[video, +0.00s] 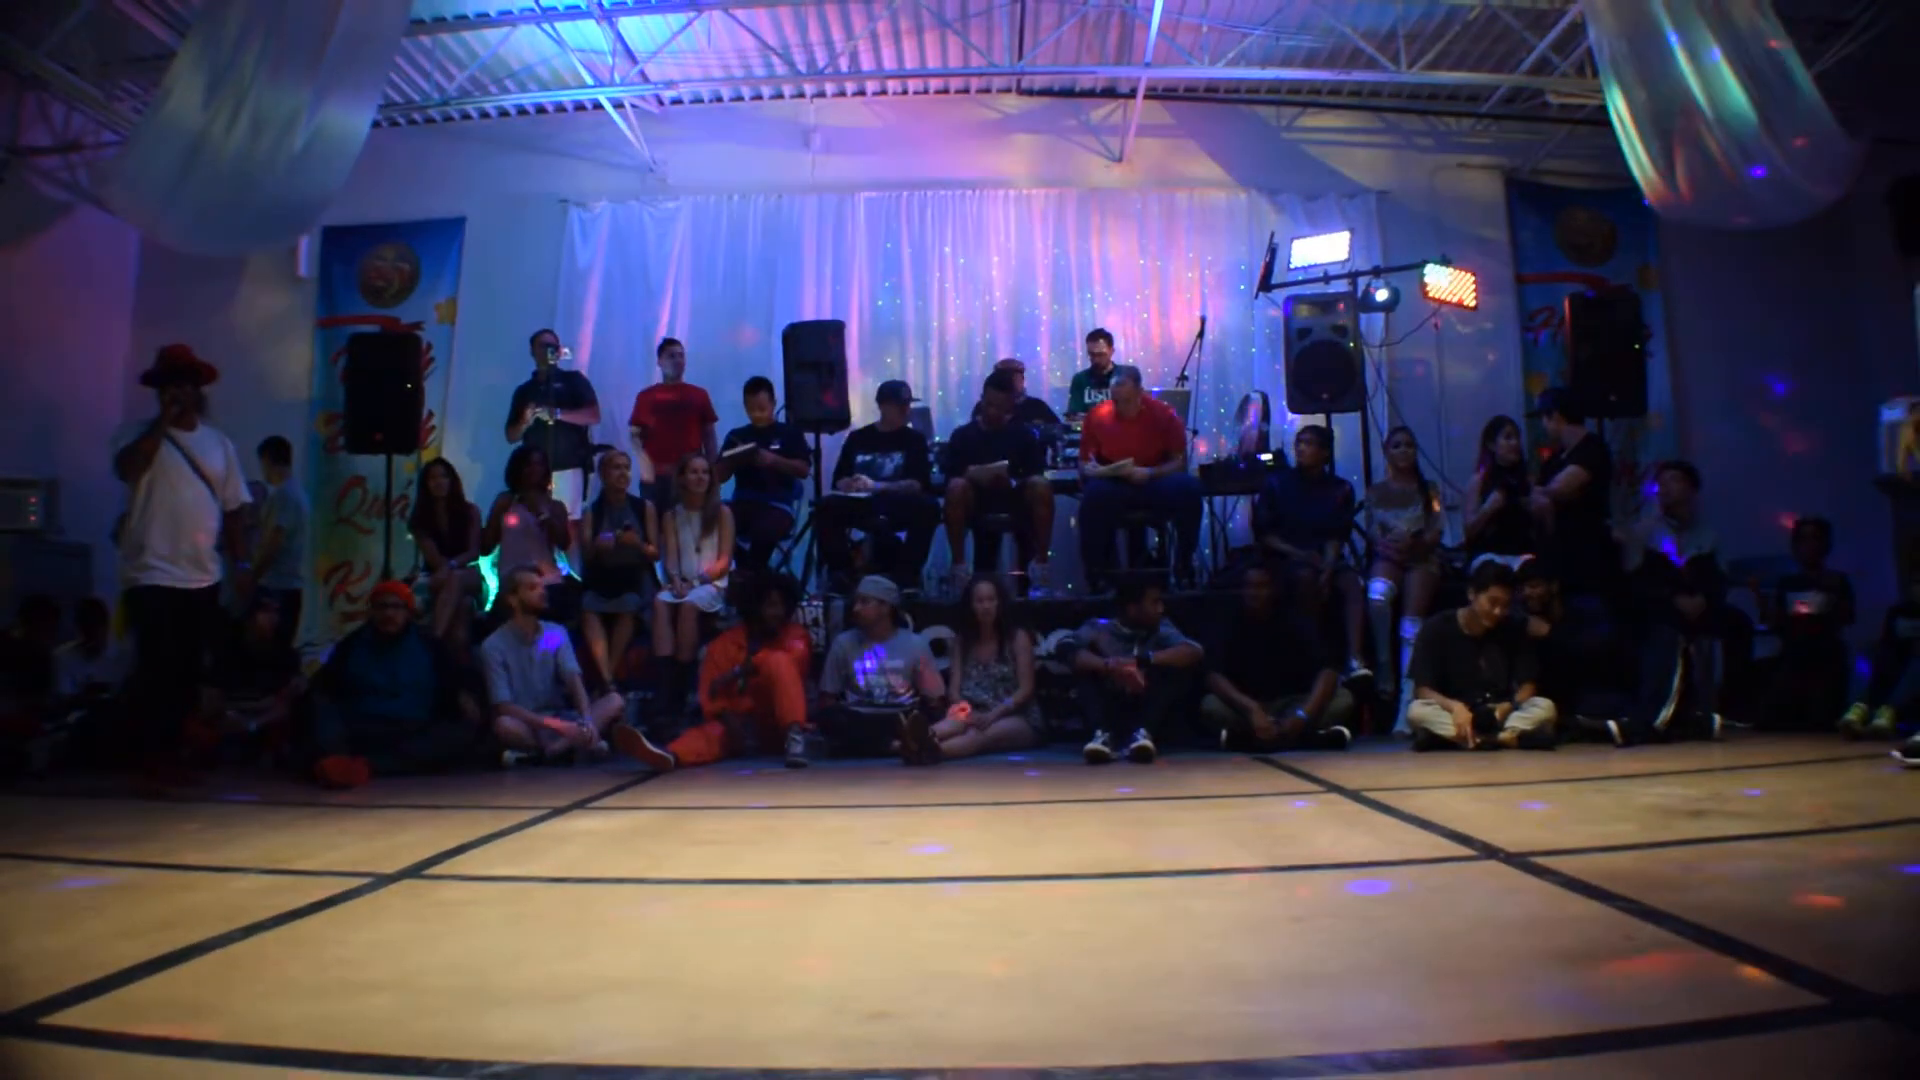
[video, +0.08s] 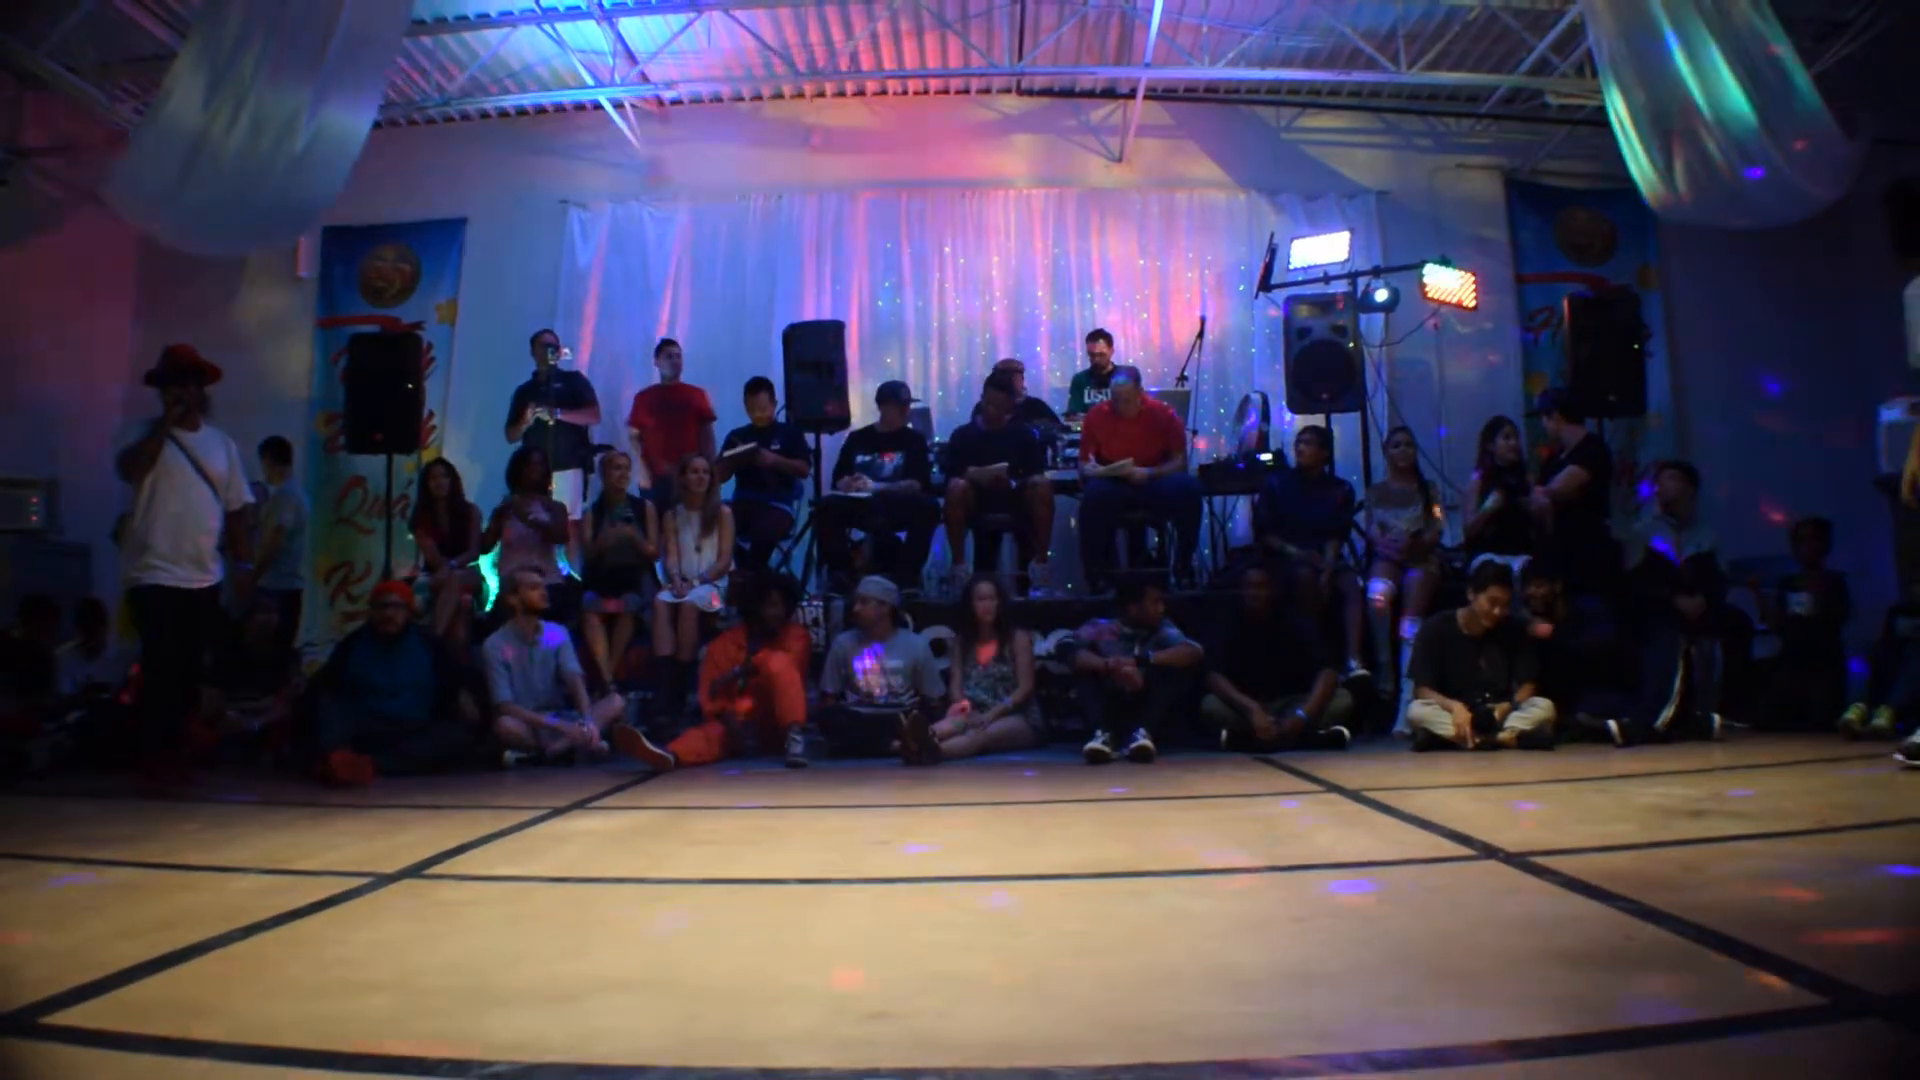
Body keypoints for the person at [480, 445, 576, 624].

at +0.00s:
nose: (535, 470)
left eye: (540, 465)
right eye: (529, 465)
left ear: (547, 470)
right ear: (518, 469)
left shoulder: (555, 506)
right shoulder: (505, 501)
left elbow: (564, 543)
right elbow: (486, 547)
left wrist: (546, 517)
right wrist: (500, 512)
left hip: (548, 581)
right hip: (512, 582)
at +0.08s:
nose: (536, 471)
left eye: (541, 466)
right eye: (530, 466)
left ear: (547, 471)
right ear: (518, 470)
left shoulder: (555, 507)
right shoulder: (506, 507)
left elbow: (561, 537)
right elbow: (485, 546)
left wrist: (527, 520)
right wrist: (502, 516)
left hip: (547, 575)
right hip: (513, 576)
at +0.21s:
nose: (532, 472)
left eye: (537, 467)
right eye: (527, 467)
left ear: (545, 473)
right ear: (516, 472)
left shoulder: (554, 508)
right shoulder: (501, 512)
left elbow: (549, 531)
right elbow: (484, 544)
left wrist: (518, 519)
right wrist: (501, 526)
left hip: (548, 584)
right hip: (509, 586)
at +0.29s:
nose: (535, 471)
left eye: (539, 466)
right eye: (529, 467)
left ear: (545, 472)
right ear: (516, 472)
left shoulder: (553, 507)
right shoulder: (499, 512)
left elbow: (546, 529)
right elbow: (486, 543)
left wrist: (510, 524)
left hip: (547, 587)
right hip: (508, 589)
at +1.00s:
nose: (535, 472)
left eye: (539, 467)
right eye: (529, 466)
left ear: (545, 472)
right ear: (515, 472)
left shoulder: (553, 508)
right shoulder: (502, 512)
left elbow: (548, 542)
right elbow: (499, 546)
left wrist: (510, 545)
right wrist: (539, 538)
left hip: (544, 590)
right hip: (511, 591)